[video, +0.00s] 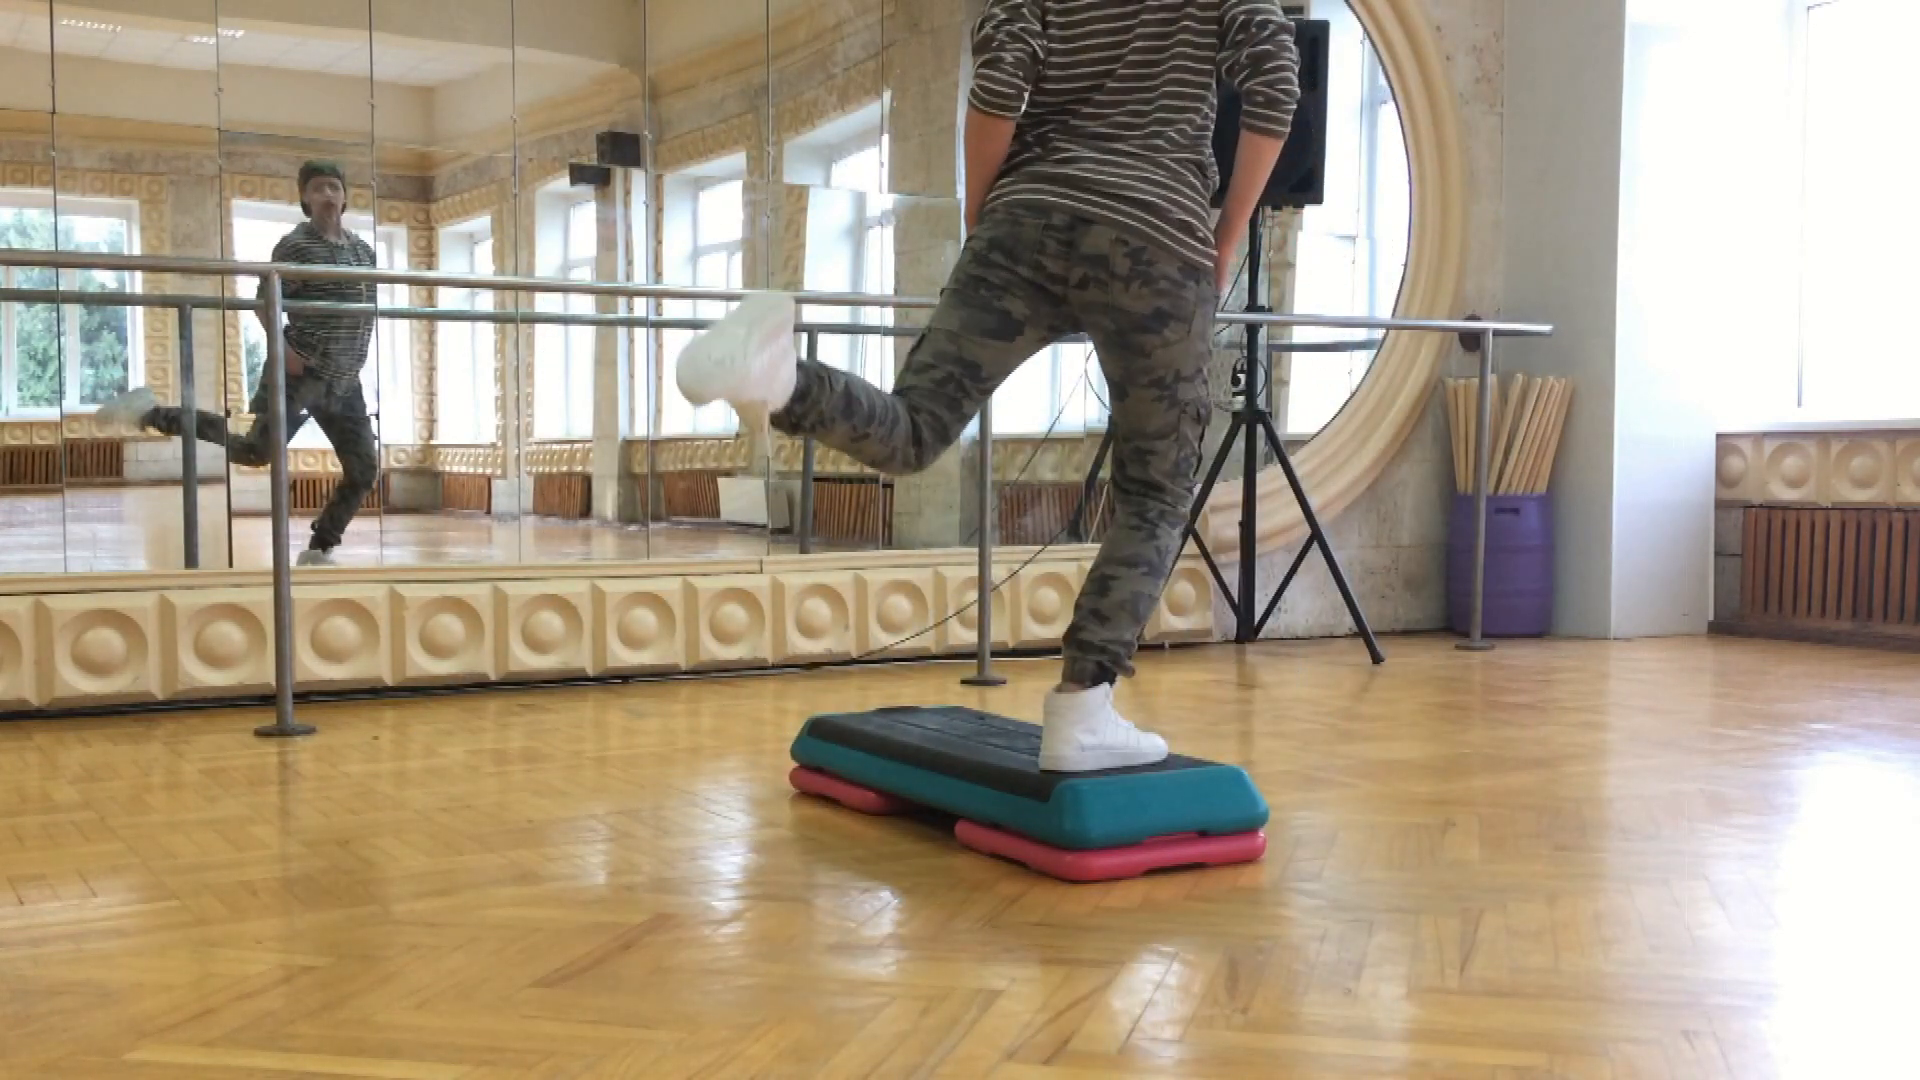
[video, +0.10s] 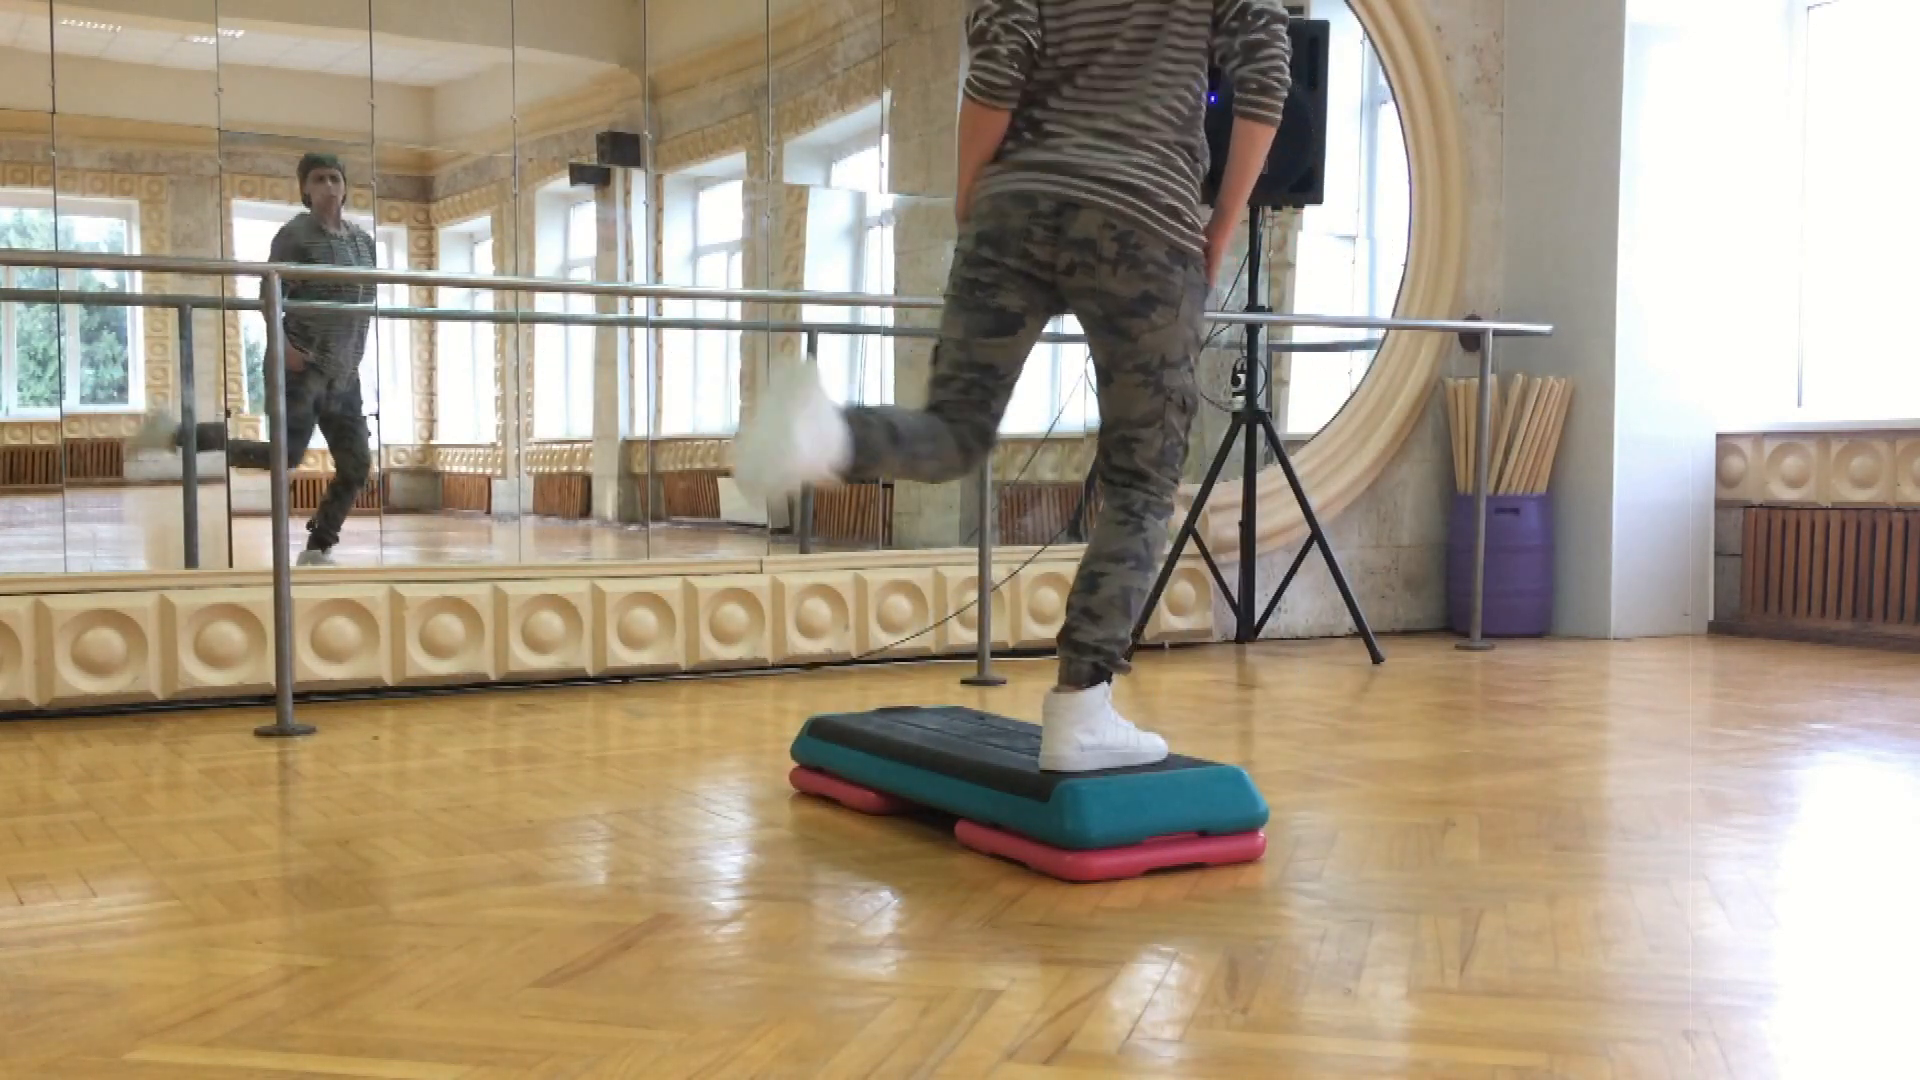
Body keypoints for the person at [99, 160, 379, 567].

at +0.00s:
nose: (329, 195)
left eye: (335, 187)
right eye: (319, 189)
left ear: (346, 197)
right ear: (304, 199)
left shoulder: (363, 252)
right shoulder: (294, 247)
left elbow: (361, 314)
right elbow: (263, 303)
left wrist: (352, 360)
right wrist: (283, 349)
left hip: (343, 383)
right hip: (296, 374)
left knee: (363, 471)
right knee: (256, 450)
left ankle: (319, 551)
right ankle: (152, 414)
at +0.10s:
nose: (328, 186)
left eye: (334, 179)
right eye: (319, 180)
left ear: (345, 189)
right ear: (304, 191)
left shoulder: (363, 242)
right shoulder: (294, 235)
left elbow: (366, 306)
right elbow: (269, 294)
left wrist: (355, 356)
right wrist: (281, 344)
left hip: (343, 374)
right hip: (302, 368)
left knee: (356, 466)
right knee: (284, 456)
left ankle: (317, 552)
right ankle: (188, 435)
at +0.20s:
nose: (331, 175)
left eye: (337, 169)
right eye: (321, 169)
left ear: (347, 178)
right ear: (305, 178)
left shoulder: (362, 226)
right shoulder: (291, 217)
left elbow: (363, 288)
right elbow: (265, 277)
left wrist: (354, 338)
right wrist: (281, 332)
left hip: (344, 352)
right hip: (299, 344)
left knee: (345, 452)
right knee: (328, 439)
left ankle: (316, 542)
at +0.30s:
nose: (330, 171)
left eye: (336, 166)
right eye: (321, 165)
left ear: (347, 176)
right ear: (304, 173)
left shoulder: (362, 223)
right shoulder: (286, 214)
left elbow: (366, 286)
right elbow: (261, 270)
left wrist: (359, 337)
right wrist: (281, 327)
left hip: (347, 347)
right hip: (303, 342)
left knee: (340, 444)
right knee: (339, 435)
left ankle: (318, 538)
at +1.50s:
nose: (345, 181)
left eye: (349, 174)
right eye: (335, 173)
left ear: (353, 181)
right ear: (311, 178)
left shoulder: (363, 228)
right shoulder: (295, 221)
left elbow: (367, 294)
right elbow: (280, 290)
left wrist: (371, 352)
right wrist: (299, 349)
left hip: (361, 362)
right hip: (319, 360)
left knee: (385, 455)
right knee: (354, 458)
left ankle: (352, 540)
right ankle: (330, 551)